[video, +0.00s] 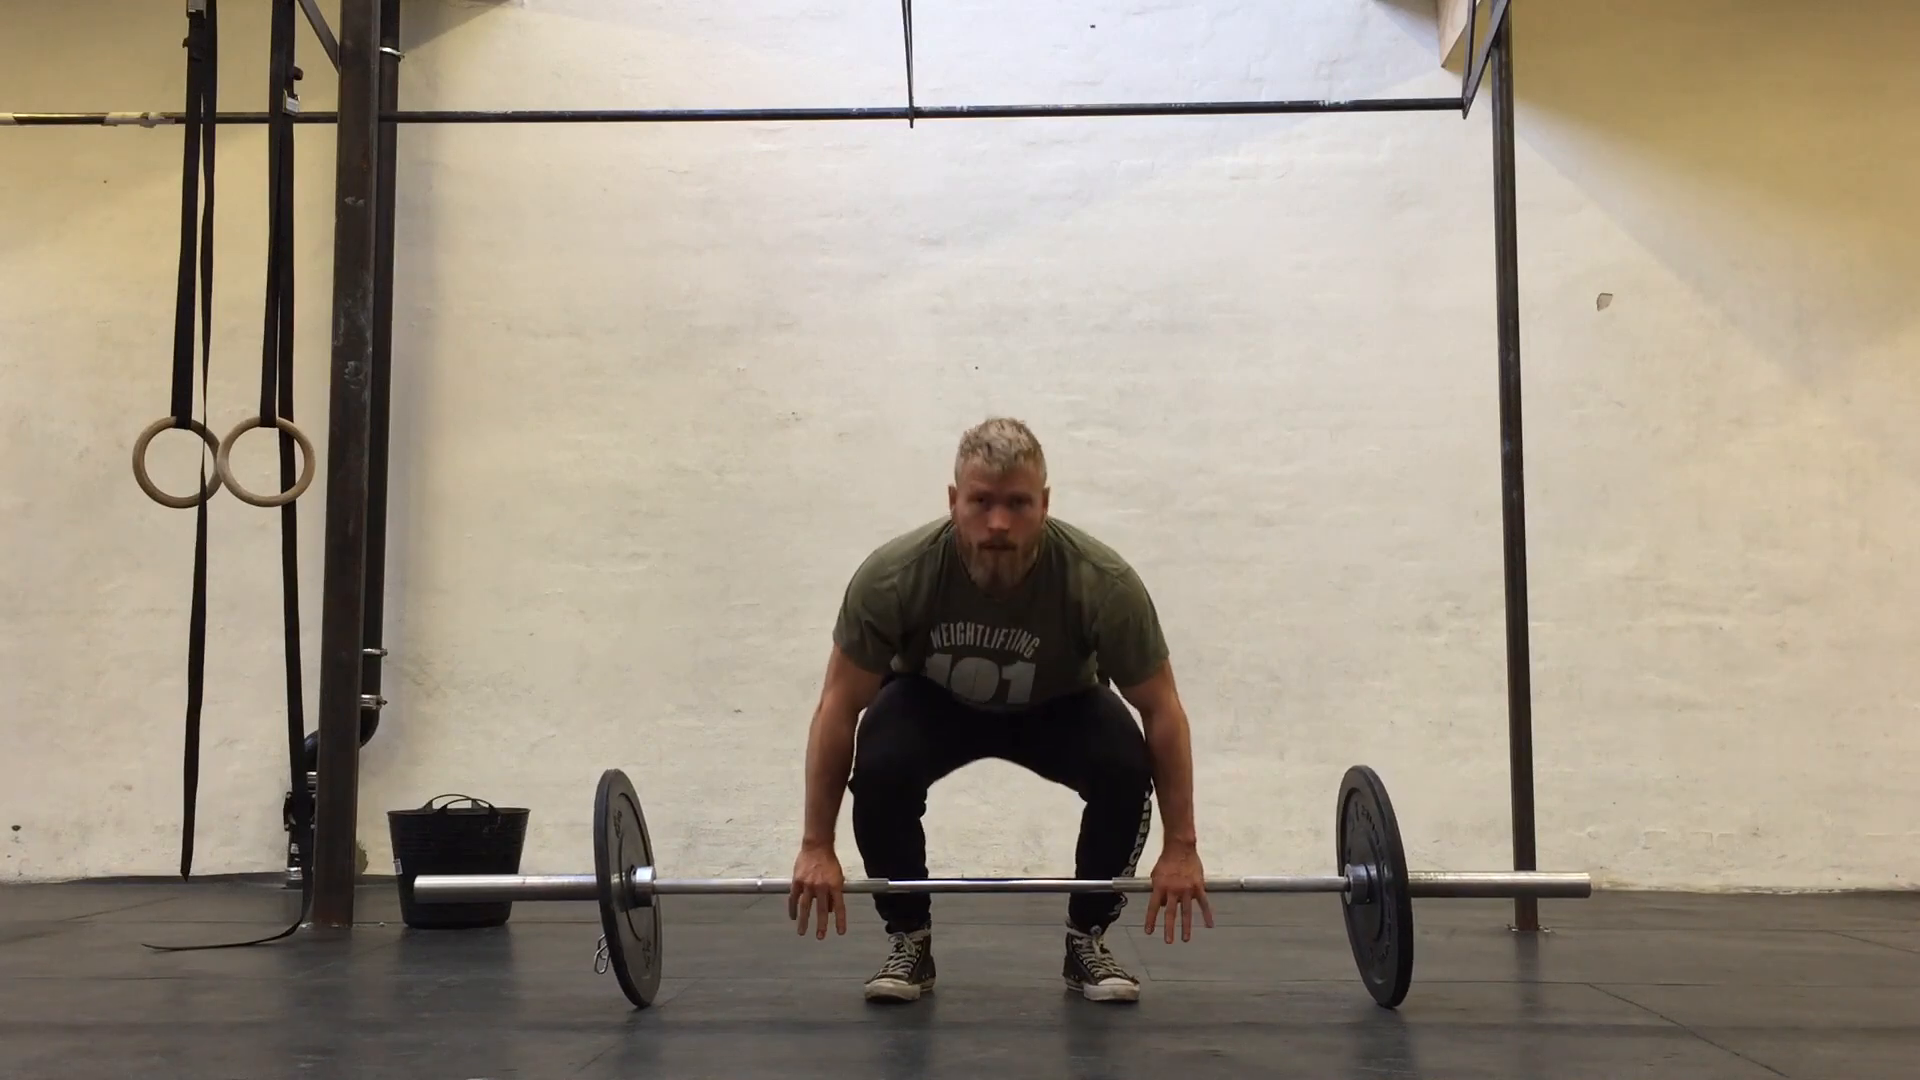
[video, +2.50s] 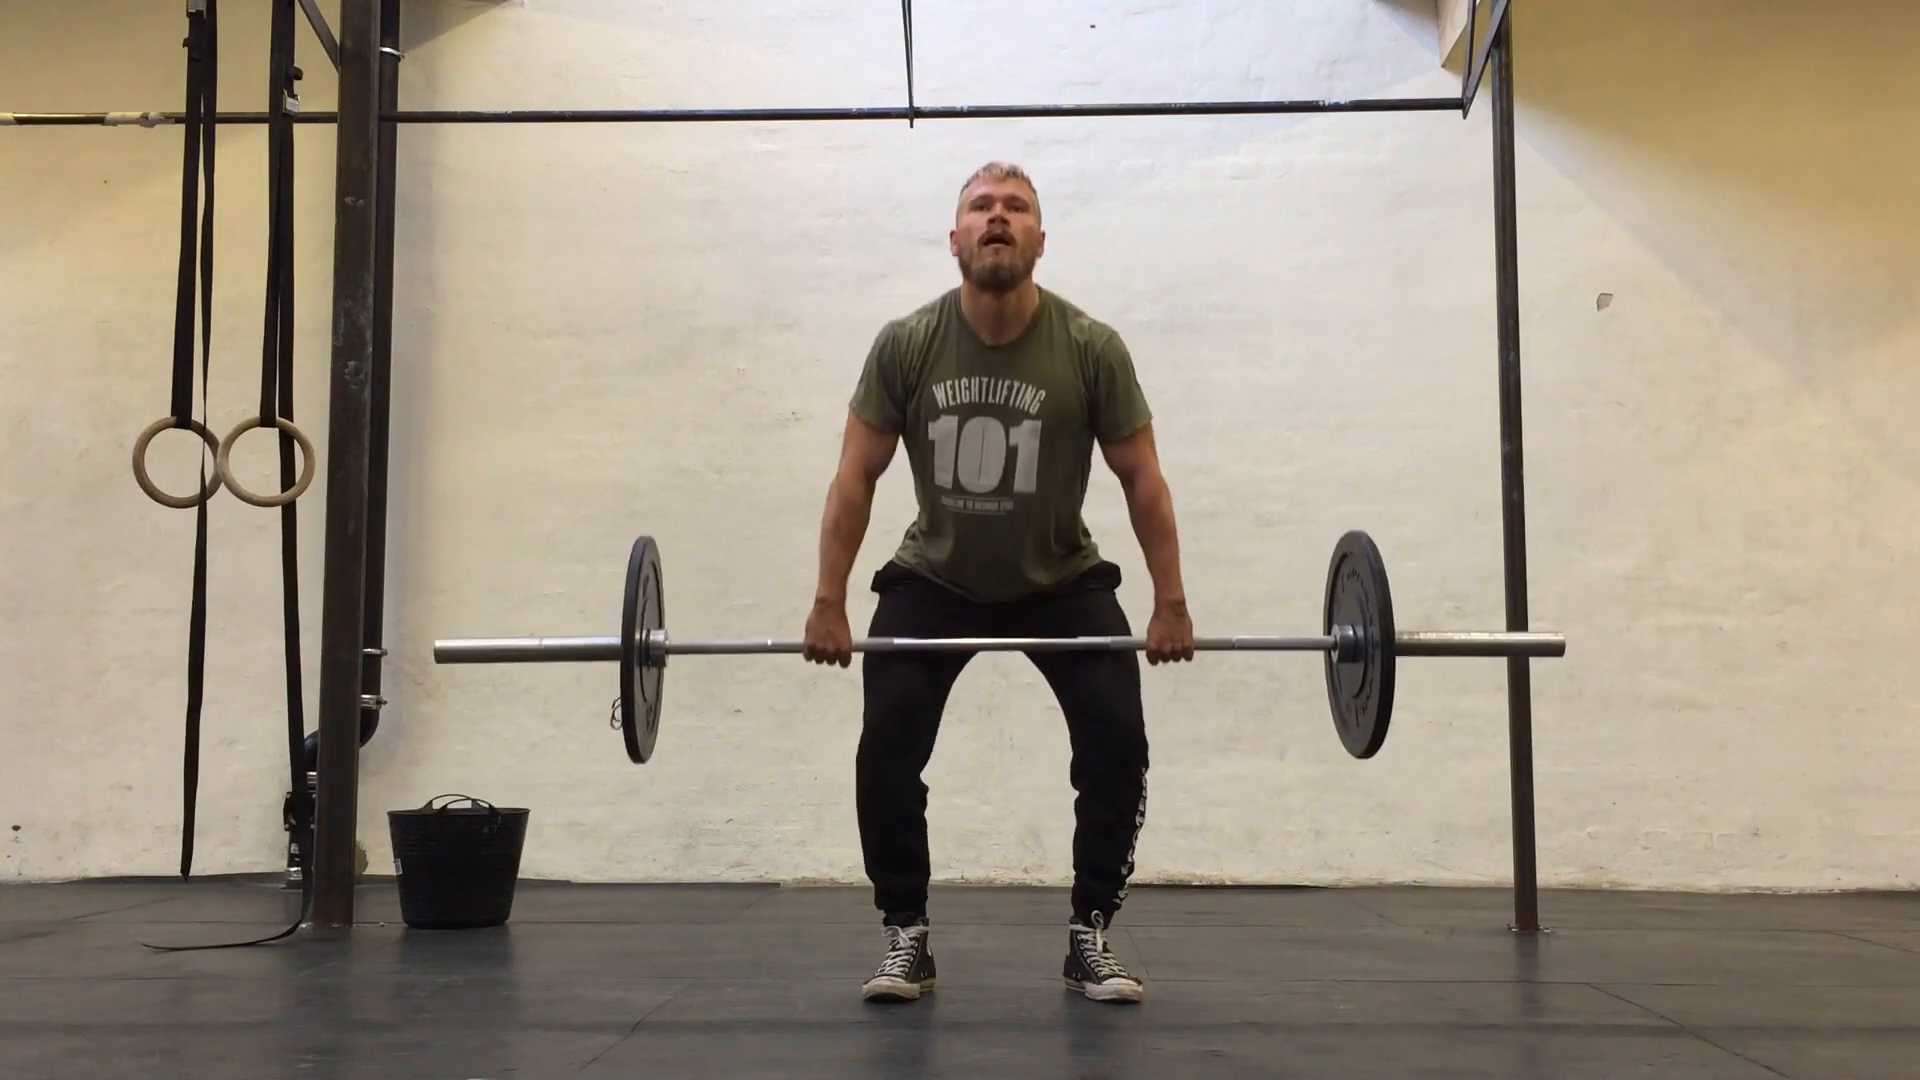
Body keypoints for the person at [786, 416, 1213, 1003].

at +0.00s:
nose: (998, 522)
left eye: (1018, 504)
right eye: (981, 503)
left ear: (1045, 505)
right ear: (953, 502)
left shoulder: (1103, 585)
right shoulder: (891, 581)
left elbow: (1161, 710)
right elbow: (840, 707)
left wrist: (1180, 848)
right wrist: (817, 844)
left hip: (1055, 710)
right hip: (937, 709)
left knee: (1124, 767)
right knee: (881, 766)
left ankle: (1088, 943)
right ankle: (908, 945)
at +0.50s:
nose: (1004, 455)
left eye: (1022, 442)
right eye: (986, 441)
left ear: (1047, 467)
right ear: (959, 466)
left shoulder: (1103, 572)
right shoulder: (901, 571)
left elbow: (1161, 700)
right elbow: (846, 697)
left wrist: (1180, 842)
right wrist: (819, 840)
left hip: (1058, 725)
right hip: (940, 723)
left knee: (1132, 775)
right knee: (873, 776)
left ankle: (1088, 946)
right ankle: (910, 947)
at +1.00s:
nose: (999, 281)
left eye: (1017, 269)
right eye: (982, 269)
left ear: (1045, 296)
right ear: (957, 297)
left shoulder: (1097, 405)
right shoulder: (905, 405)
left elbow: (1151, 530)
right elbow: (853, 532)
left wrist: (1176, 658)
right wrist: (824, 659)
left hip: (1058, 596)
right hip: (936, 595)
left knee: (1108, 733)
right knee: (887, 738)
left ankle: (1091, 939)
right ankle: (906, 941)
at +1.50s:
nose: (992, 149)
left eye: (1010, 139)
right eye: (977, 139)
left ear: (1037, 169)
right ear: (953, 167)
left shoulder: (1082, 274)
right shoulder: (906, 273)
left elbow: (1135, 388)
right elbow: (858, 391)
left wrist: (1168, 507)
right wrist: (829, 507)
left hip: (1061, 543)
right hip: (935, 543)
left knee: (1081, 747)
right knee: (917, 745)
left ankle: (1088, 939)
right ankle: (908, 937)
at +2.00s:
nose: (994, 156)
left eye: (1011, 145)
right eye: (979, 145)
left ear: (1037, 173)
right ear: (955, 172)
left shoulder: (1084, 280)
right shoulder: (908, 278)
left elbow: (1135, 393)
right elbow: (859, 392)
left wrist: (1168, 508)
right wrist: (829, 506)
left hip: (1062, 549)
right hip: (937, 550)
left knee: (1085, 752)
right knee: (915, 750)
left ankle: (1089, 939)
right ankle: (907, 936)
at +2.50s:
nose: (997, 216)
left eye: (1015, 206)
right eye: (981, 205)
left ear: (1040, 239)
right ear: (954, 237)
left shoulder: (1093, 352)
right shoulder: (904, 348)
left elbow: (1141, 478)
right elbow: (855, 477)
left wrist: (1171, 600)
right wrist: (828, 600)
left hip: (1060, 580)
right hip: (935, 579)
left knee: (1117, 740)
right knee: (887, 745)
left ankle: (1091, 937)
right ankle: (904, 940)